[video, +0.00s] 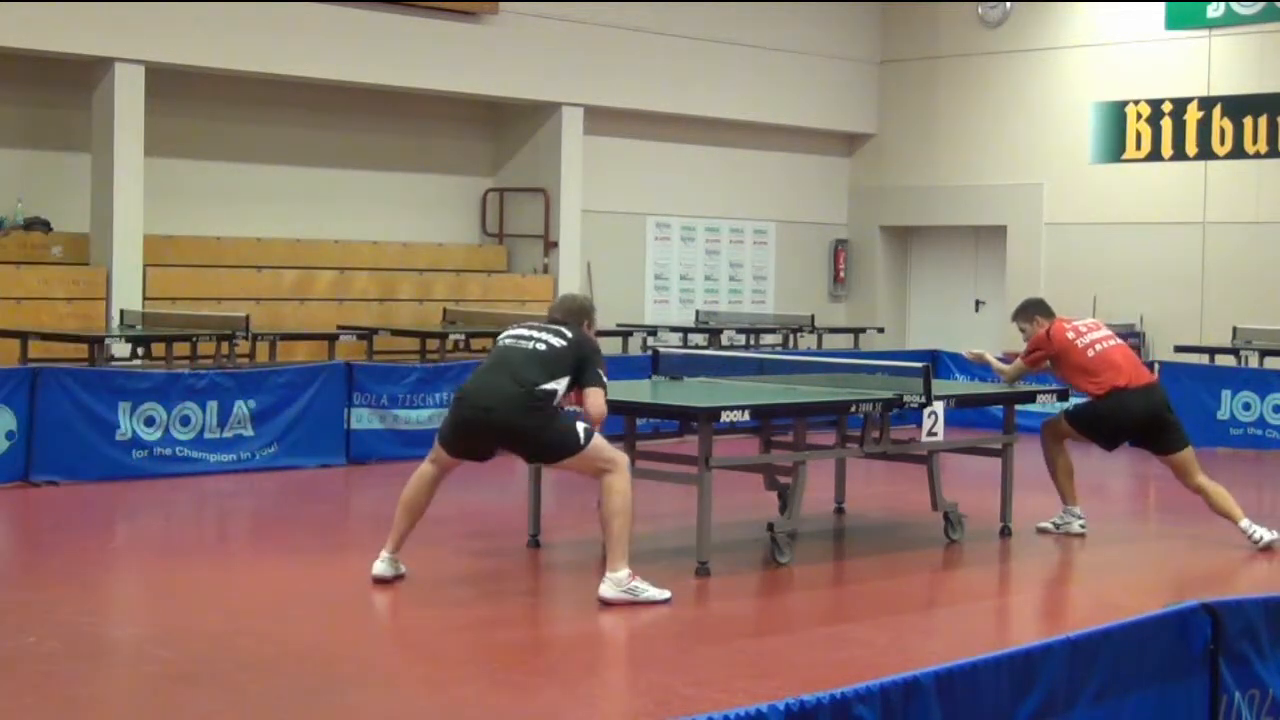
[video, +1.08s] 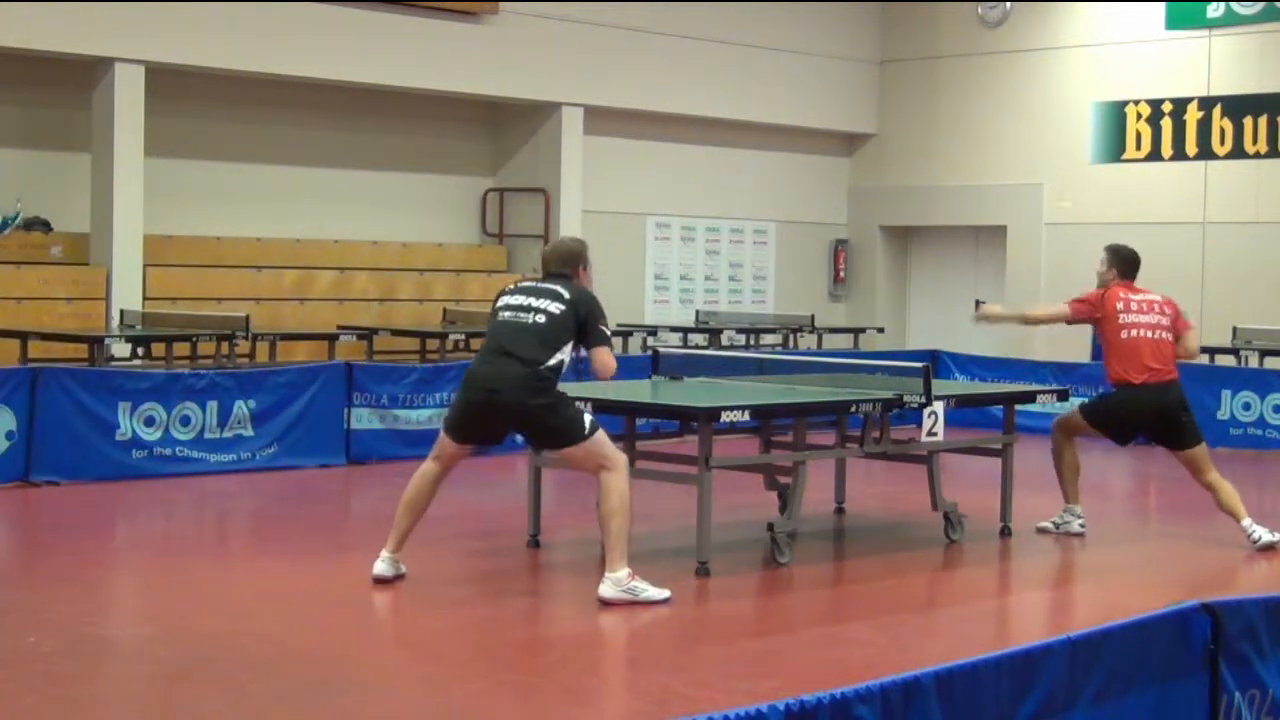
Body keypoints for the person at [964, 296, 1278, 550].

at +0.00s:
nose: (1025, 337)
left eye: (1025, 330)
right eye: (1023, 332)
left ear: (1038, 321)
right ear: (1050, 317)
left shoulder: (1047, 337)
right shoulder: (1085, 323)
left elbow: (1010, 374)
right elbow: (1063, 359)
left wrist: (988, 358)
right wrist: (1021, 358)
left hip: (1116, 405)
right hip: (1155, 398)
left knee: (1051, 431)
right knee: (1196, 479)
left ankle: (1072, 515)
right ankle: (1251, 529)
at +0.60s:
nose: (1051, 316)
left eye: (1052, 309)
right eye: (1050, 310)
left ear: (1068, 305)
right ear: (1080, 302)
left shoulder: (1066, 328)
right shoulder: (1115, 319)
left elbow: (1022, 351)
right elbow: (1078, 345)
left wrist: (995, 342)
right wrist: (1040, 332)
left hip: (1119, 417)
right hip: (1158, 413)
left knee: (1052, 431)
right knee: (1201, 486)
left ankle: (1071, 514)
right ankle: (1247, 530)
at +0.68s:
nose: (1058, 307)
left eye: (1060, 300)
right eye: (1058, 301)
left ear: (1074, 298)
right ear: (1089, 295)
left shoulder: (1073, 318)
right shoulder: (1121, 316)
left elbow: (1022, 328)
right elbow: (1083, 335)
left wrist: (1001, 302)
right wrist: (1051, 316)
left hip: (1118, 416)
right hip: (1157, 413)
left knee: (1052, 432)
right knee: (1201, 484)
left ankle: (1071, 514)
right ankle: (1248, 530)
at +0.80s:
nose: (1070, 292)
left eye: (1073, 286)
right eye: (1071, 287)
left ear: (1086, 288)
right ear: (1103, 286)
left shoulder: (1083, 307)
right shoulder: (1132, 310)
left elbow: (1028, 301)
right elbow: (1101, 319)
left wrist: (1012, 266)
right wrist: (1067, 303)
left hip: (1121, 412)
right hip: (1160, 409)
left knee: (1054, 432)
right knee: (1202, 481)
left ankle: (1071, 515)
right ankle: (1248, 528)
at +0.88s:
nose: (1079, 284)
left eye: (1083, 278)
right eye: (1081, 278)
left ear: (1096, 281)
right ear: (1113, 282)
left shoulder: (1089, 303)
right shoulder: (1141, 309)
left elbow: (1029, 297)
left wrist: (1012, 267)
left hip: (1124, 408)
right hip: (1163, 406)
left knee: (1056, 432)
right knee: (1205, 480)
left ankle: (1071, 515)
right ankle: (1249, 528)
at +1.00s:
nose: (1091, 275)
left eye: (1095, 270)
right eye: (1094, 269)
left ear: (1108, 275)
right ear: (1126, 276)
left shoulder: (1100, 300)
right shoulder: (1159, 307)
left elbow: (1035, 305)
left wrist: (1002, 288)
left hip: (1127, 405)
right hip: (1169, 404)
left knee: (1061, 430)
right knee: (1209, 478)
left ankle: (1071, 514)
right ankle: (1251, 528)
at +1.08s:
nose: (1097, 271)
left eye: (1101, 266)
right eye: (1099, 265)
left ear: (1114, 271)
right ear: (1131, 272)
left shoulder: (1103, 299)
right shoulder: (1165, 303)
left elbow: (1040, 317)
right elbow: (1190, 350)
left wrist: (995, 313)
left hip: (1128, 400)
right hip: (1171, 400)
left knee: (1063, 429)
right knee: (1209, 475)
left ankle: (1072, 514)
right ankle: (1252, 528)